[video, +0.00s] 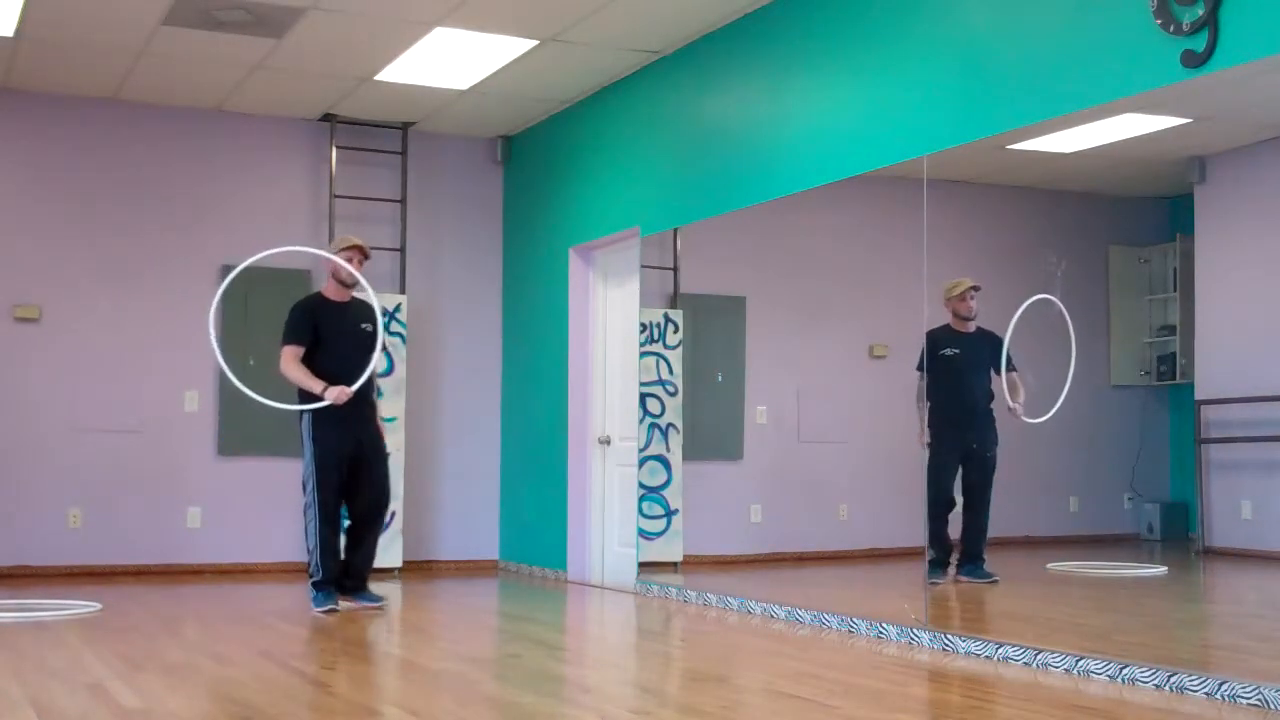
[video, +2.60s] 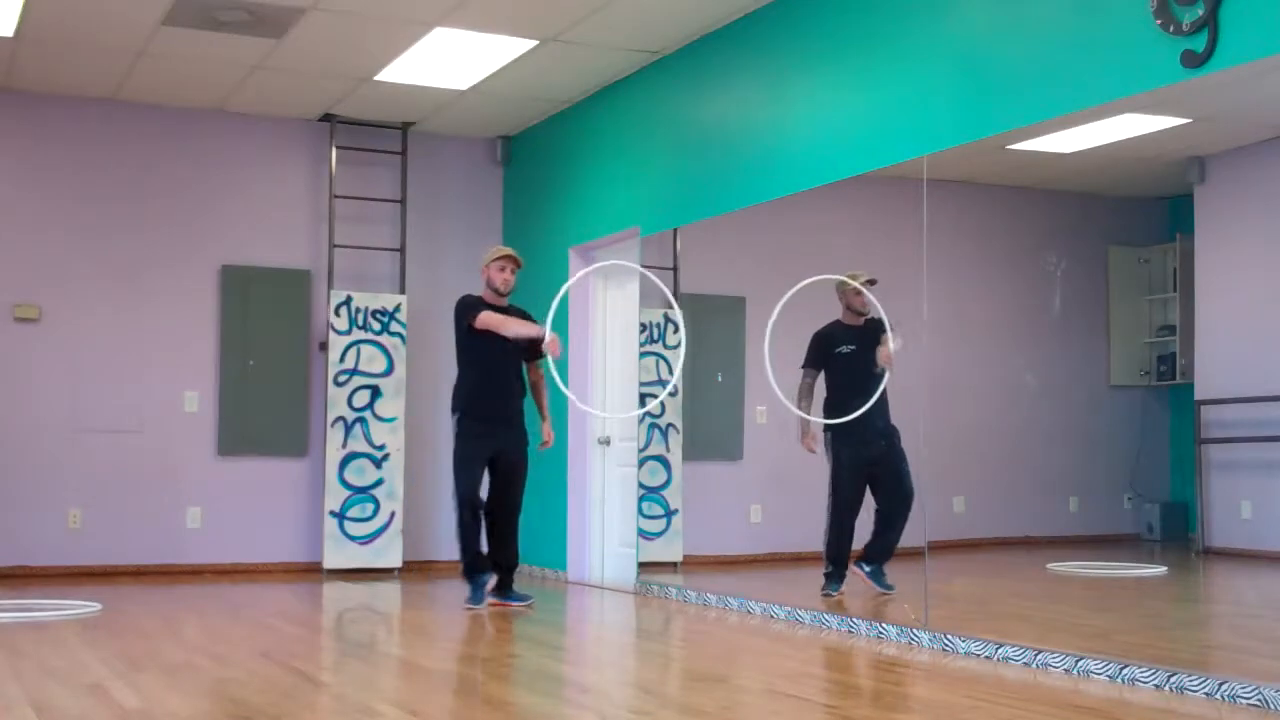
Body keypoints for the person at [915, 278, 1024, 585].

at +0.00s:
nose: (970, 302)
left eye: (972, 297)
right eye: (962, 298)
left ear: (977, 301)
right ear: (949, 305)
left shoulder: (991, 341)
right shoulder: (935, 339)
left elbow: (1012, 375)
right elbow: (923, 385)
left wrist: (1016, 400)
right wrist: (923, 424)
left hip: (981, 432)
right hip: (944, 432)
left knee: (978, 502)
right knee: (939, 501)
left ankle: (971, 564)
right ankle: (938, 562)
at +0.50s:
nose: (945, 304)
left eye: (950, 299)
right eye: (938, 300)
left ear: (959, 304)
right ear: (930, 307)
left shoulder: (975, 333)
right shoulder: (922, 343)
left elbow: (984, 355)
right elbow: (910, 391)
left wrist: (984, 372)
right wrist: (909, 430)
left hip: (974, 430)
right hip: (937, 433)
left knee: (975, 502)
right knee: (923, 502)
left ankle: (972, 565)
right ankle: (902, 571)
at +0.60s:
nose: (942, 306)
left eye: (947, 301)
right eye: (935, 302)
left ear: (957, 305)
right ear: (929, 308)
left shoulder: (972, 332)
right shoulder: (921, 344)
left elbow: (984, 344)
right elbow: (909, 390)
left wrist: (976, 347)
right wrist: (906, 429)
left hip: (971, 431)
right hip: (935, 433)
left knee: (974, 503)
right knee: (918, 503)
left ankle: (972, 565)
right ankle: (897, 571)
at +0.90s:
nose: (933, 301)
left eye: (937, 296)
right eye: (927, 296)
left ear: (942, 300)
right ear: (915, 300)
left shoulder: (952, 334)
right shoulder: (899, 338)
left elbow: (980, 351)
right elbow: (883, 386)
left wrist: (982, 319)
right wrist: (883, 427)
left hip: (945, 430)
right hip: (909, 432)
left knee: (957, 499)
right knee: (906, 503)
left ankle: (941, 562)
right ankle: (894, 572)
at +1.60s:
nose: (920, 302)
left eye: (920, 297)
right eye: (914, 297)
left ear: (908, 303)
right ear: (895, 302)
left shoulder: (922, 341)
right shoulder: (869, 336)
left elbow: (951, 378)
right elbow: (845, 377)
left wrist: (966, 355)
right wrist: (836, 415)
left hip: (912, 436)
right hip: (877, 436)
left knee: (915, 505)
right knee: (864, 507)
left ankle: (915, 570)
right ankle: (848, 575)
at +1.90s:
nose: (911, 302)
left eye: (912, 297)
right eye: (904, 297)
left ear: (910, 302)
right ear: (886, 300)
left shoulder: (915, 339)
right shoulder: (860, 335)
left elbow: (931, 373)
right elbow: (837, 375)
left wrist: (928, 377)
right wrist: (835, 412)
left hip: (905, 433)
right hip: (868, 433)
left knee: (910, 506)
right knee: (855, 506)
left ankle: (913, 572)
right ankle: (840, 575)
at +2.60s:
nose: (864, 297)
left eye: (866, 292)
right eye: (857, 293)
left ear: (870, 296)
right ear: (843, 298)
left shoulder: (879, 329)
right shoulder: (825, 337)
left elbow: (889, 347)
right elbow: (807, 384)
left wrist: (886, 356)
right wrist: (806, 424)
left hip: (880, 430)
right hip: (844, 433)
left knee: (899, 496)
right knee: (844, 506)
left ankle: (873, 560)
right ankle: (834, 574)